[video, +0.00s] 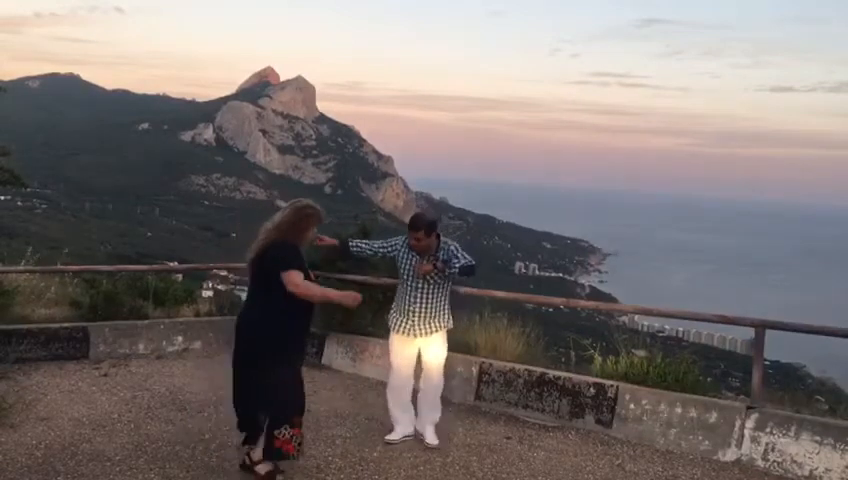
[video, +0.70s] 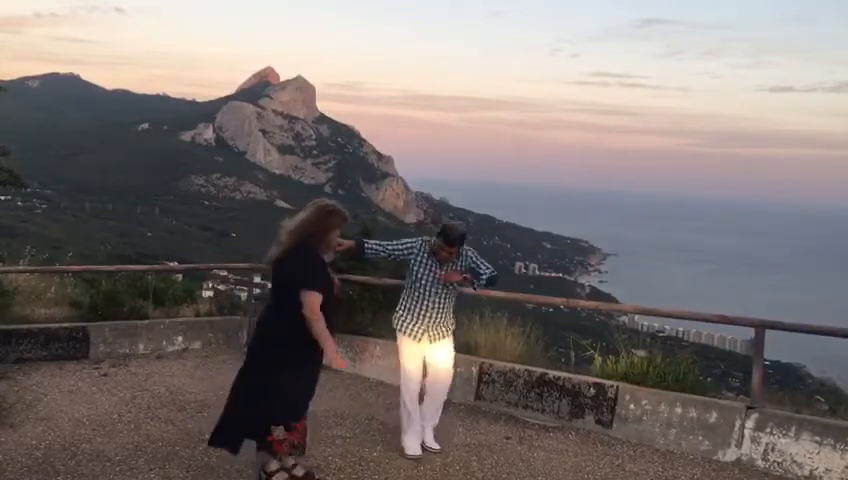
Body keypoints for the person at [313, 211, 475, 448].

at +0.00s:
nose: (413, 243)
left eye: (418, 240)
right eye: (411, 238)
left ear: (433, 236)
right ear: (408, 233)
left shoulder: (449, 249)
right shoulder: (402, 244)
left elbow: (470, 268)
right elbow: (372, 247)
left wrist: (439, 267)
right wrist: (338, 243)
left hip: (435, 327)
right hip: (403, 324)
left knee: (433, 379)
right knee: (400, 377)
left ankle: (427, 425)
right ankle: (403, 425)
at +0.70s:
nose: (447, 256)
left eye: (452, 253)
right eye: (445, 250)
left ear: (459, 248)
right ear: (437, 241)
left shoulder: (466, 255)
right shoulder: (420, 246)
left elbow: (491, 277)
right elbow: (387, 249)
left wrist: (464, 278)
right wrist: (352, 245)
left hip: (441, 330)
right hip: (411, 327)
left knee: (441, 382)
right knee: (411, 384)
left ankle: (428, 430)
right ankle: (411, 439)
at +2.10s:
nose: (507, 230)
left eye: (506, 226)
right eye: (504, 226)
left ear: (481, 227)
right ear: (494, 227)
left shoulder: (462, 250)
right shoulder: (504, 249)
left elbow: (434, 264)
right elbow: (545, 256)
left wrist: (416, 267)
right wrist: (548, 270)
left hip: (465, 326)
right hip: (496, 326)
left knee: (468, 382)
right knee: (495, 384)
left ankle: (467, 433)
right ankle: (476, 444)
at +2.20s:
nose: (499, 231)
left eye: (496, 227)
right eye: (498, 227)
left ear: (473, 227)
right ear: (494, 228)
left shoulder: (458, 249)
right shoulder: (504, 249)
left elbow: (425, 265)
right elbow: (544, 262)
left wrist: (405, 266)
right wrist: (557, 278)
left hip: (464, 328)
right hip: (497, 327)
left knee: (466, 382)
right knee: (499, 382)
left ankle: (462, 433)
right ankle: (479, 439)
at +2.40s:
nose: (492, 229)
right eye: (491, 226)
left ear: (465, 229)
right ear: (489, 228)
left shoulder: (455, 250)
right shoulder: (503, 248)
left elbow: (417, 264)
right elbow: (539, 266)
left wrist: (397, 261)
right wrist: (554, 279)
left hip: (464, 327)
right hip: (497, 326)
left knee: (461, 381)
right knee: (495, 379)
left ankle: (467, 438)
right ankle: (494, 435)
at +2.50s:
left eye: (463, 228)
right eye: (484, 226)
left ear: (463, 229)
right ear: (485, 227)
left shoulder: (455, 251)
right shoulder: (501, 250)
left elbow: (423, 265)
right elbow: (534, 271)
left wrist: (402, 259)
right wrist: (547, 276)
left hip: (463, 329)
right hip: (495, 328)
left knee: (457, 380)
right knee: (486, 374)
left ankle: (467, 438)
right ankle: (493, 428)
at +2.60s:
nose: (455, 231)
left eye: (457, 227)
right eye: (456, 227)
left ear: (462, 228)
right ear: (482, 228)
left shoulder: (458, 251)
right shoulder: (500, 249)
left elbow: (428, 266)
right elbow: (524, 272)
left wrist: (411, 257)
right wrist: (531, 271)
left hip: (464, 330)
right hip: (493, 328)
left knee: (456, 379)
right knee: (476, 374)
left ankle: (466, 438)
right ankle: (485, 427)